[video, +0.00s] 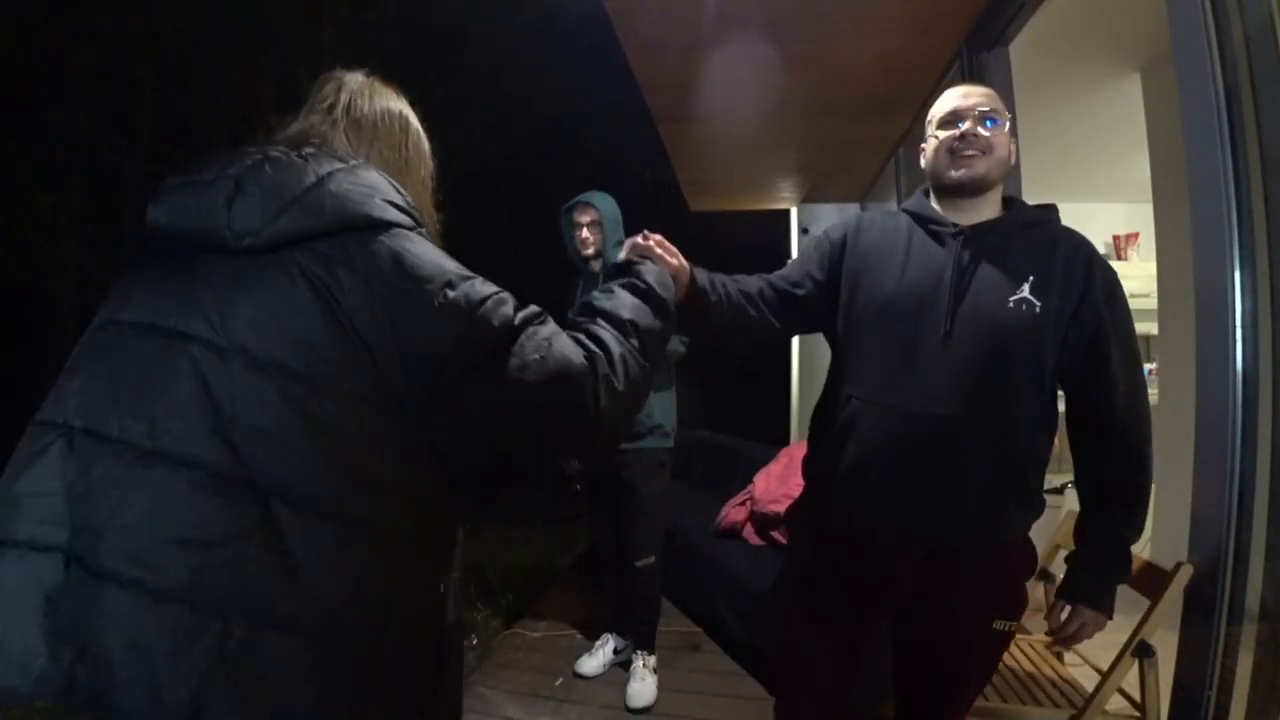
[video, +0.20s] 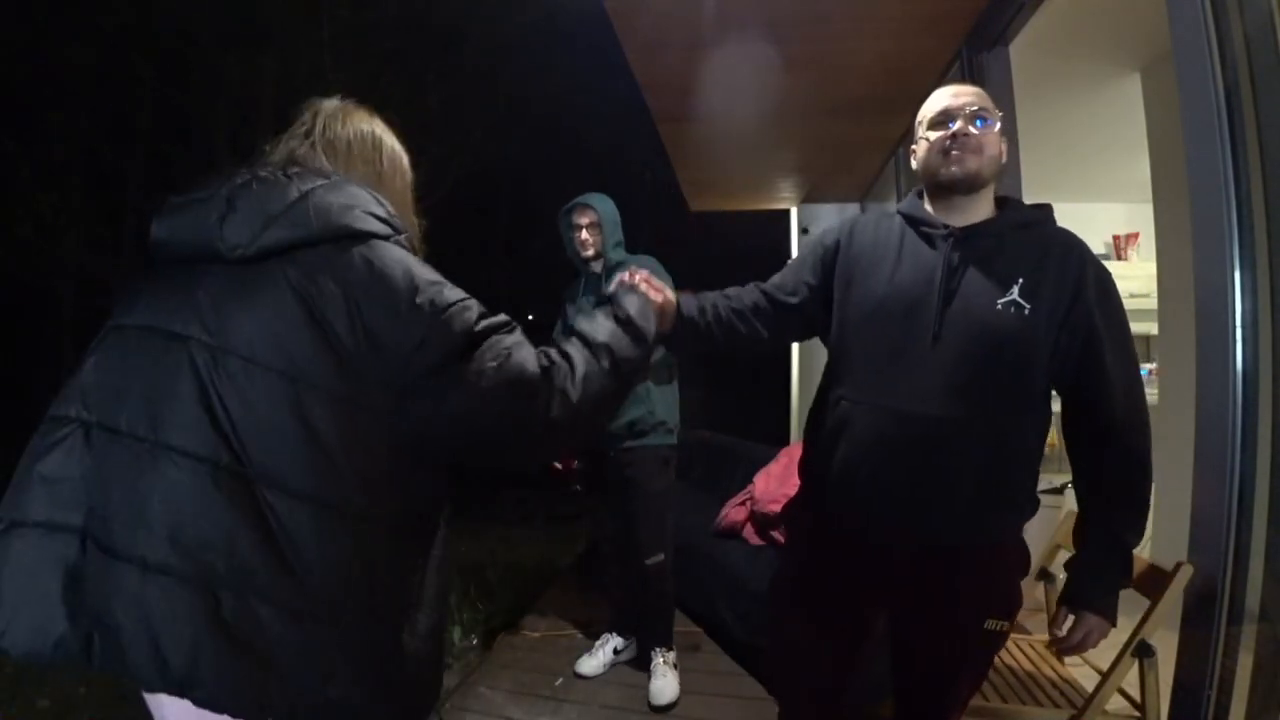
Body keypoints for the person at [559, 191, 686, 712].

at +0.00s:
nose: (586, 236)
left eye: (594, 226)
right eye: (578, 228)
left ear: (615, 228)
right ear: (571, 236)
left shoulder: (645, 278)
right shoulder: (579, 288)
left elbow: (675, 345)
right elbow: (575, 352)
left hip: (646, 432)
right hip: (598, 433)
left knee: (642, 546)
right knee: (604, 539)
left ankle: (644, 653)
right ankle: (617, 632)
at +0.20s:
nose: (585, 237)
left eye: (593, 227)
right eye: (577, 230)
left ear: (613, 229)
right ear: (568, 239)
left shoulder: (643, 276)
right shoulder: (575, 294)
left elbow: (651, 341)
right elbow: (565, 363)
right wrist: (564, 434)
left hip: (647, 432)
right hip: (599, 434)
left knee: (651, 549)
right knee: (608, 541)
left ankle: (661, 652)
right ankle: (621, 633)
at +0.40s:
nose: (589, 236)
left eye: (596, 226)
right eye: (580, 229)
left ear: (615, 229)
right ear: (571, 238)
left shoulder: (649, 272)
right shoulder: (574, 297)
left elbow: (684, 341)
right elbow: (561, 374)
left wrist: (622, 344)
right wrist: (557, 431)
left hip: (656, 435)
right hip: (599, 439)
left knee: (664, 547)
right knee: (611, 539)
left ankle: (673, 650)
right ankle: (621, 633)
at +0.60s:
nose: (593, 237)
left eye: (601, 227)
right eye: (585, 230)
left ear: (620, 228)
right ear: (577, 238)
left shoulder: (655, 271)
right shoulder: (579, 295)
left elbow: (691, 338)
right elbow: (566, 372)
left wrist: (639, 337)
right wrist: (572, 425)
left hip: (664, 431)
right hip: (608, 436)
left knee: (671, 545)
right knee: (613, 539)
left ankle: (681, 647)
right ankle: (621, 633)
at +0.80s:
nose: (612, 241)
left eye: (619, 230)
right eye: (602, 234)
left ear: (637, 229)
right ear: (592, 241)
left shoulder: (672, 272)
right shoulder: (593, 296)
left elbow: (701, 341)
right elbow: (579, 370)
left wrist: (646, 329)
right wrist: (565, 433)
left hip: (671, 438)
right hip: (614, 438)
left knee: (681, 549)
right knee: (615, 540)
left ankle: (692, 644)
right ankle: (621, 634)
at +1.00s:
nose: (637, 241)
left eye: (645, 230)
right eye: (627, 232)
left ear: (664, 229)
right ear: (616, 237)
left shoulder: (696, 273)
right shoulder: (613, 289)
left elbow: (719, 348)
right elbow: (599, 369)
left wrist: (666, 328)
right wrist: (587, 436)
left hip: (685, 443)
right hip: (627, 442)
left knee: (690, 547)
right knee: (622, 541)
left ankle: (693, 644)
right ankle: (620, 635)